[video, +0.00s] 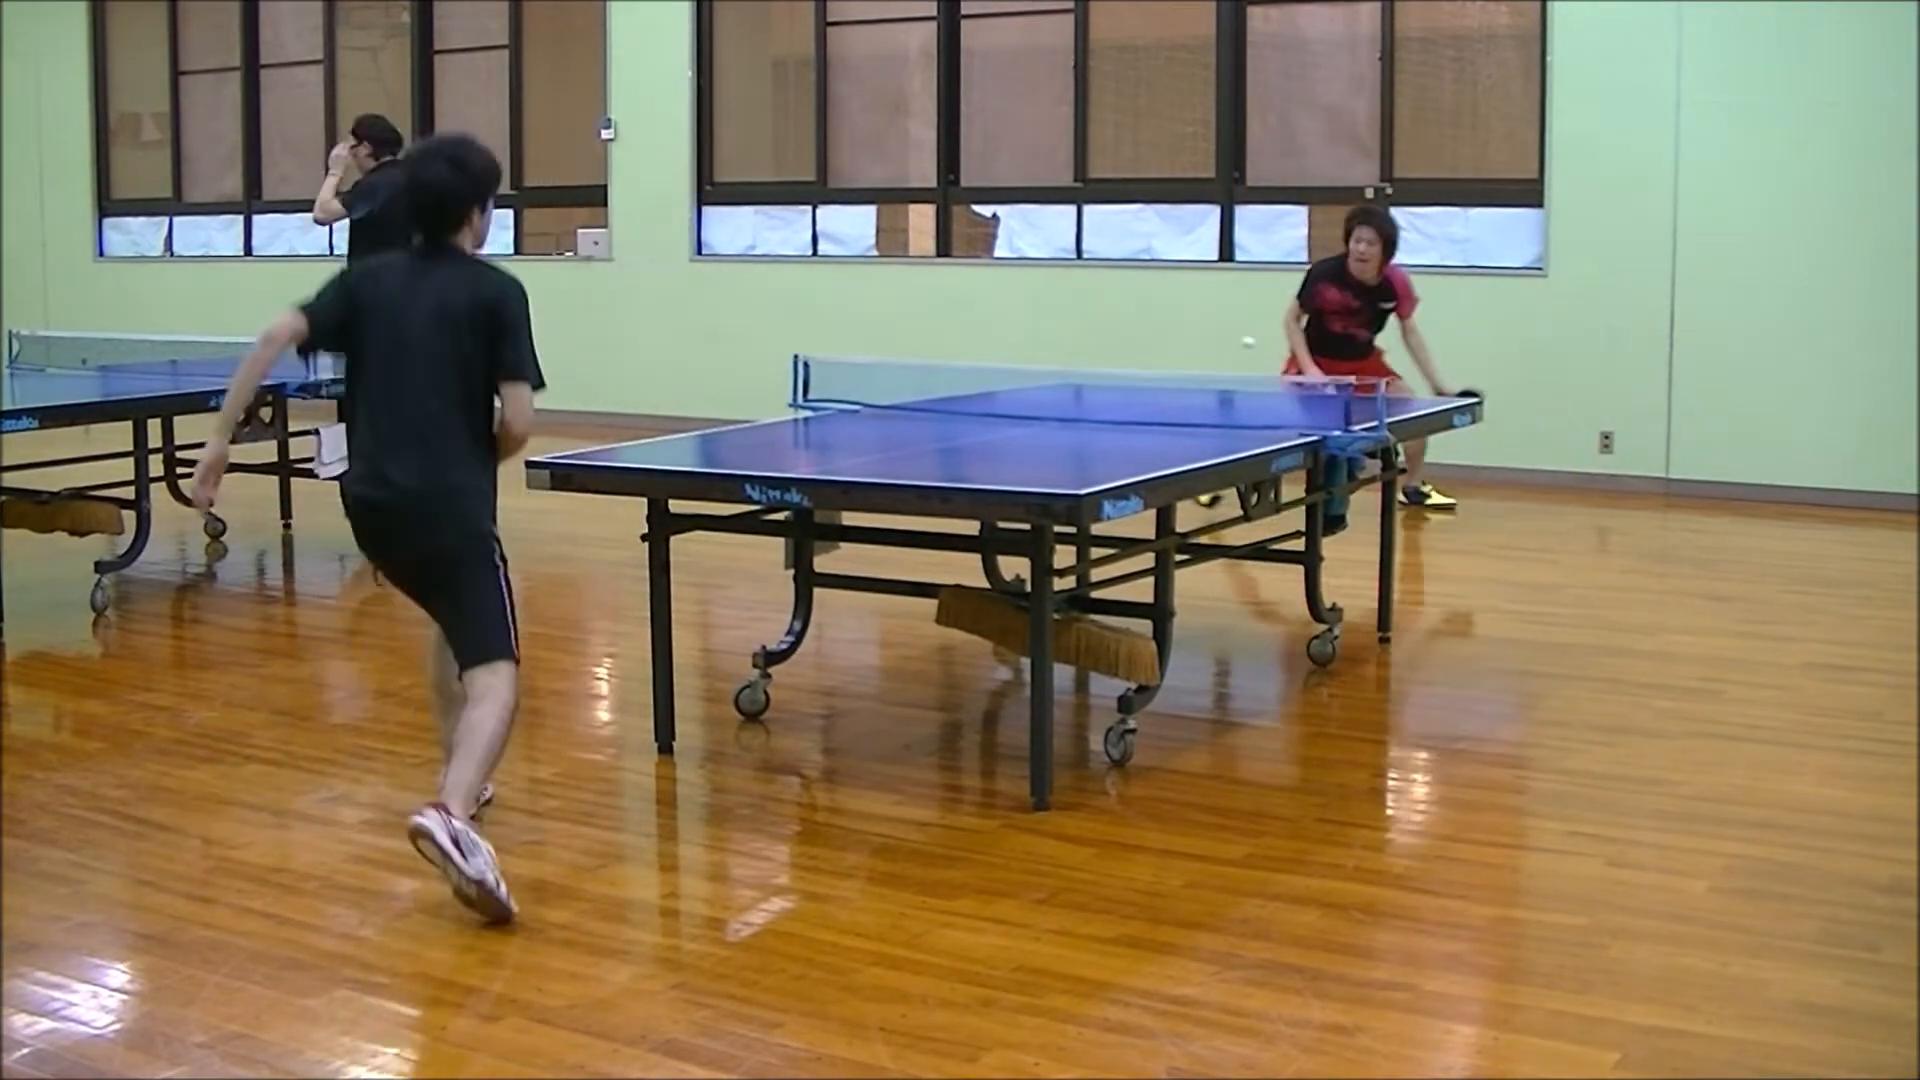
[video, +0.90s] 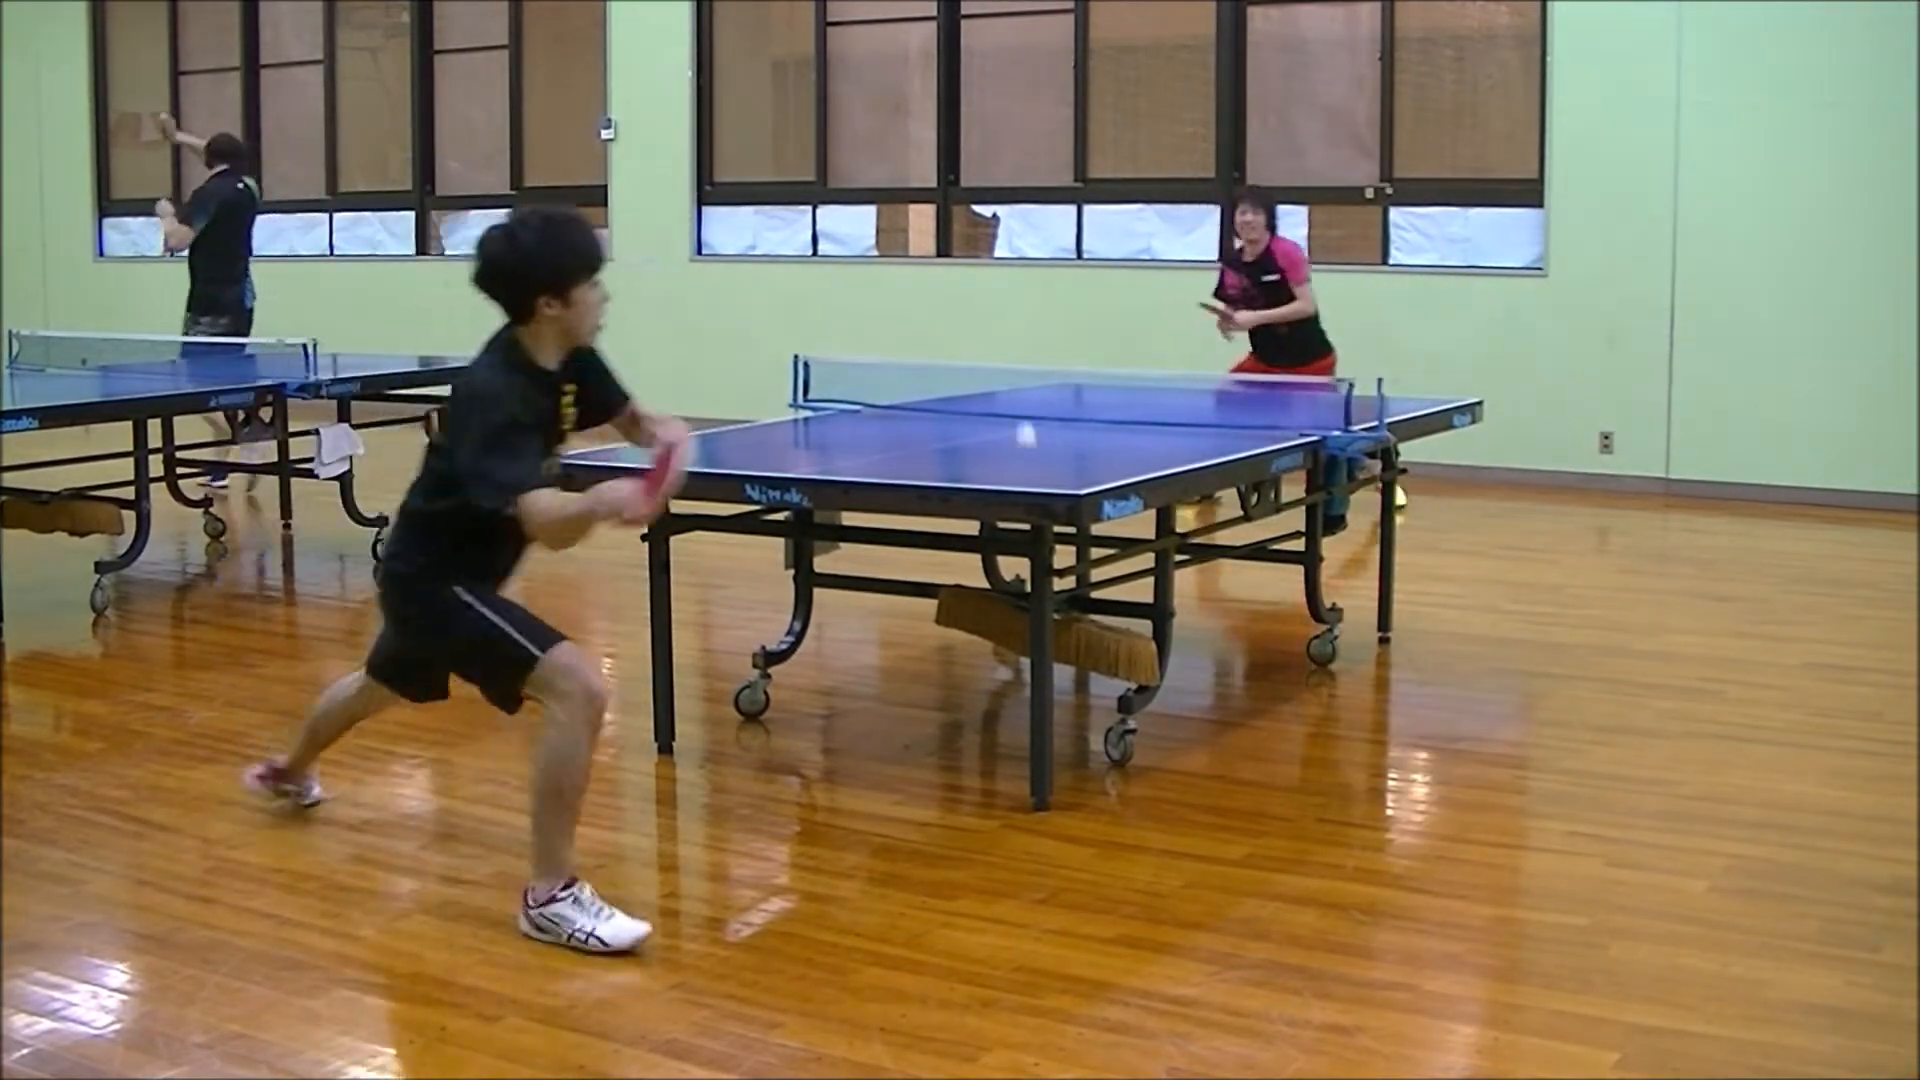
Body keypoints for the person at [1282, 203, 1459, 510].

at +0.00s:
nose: (1361, 249)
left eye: (1370, 243)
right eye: (1356, 241)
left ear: (1386, 249)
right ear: (1347, 242)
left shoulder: (1395, 282)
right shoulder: (1322, 274)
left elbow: (1410, 334)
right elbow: (1292, 320)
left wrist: (1438, 387)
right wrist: (1310, 369)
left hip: (1364, 366)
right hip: (1315, 365)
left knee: (1415, 412)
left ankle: (1412, 485)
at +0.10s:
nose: (1332, 270)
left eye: (1342, 264)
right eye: (1328, 260)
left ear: (1355, 272)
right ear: (1317, 260)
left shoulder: (1358, 303)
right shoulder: (1288, 285)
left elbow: (1371, 352)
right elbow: (1256, 326)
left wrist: (1385, 389)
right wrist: (1278, 367)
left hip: (1330, 377)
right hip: (1275, 376)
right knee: (1241, 427)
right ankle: (1198, 494)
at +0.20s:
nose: (1304, 285)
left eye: (1312, 280)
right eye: (1299, 275)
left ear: (1319, 284)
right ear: (1285, 269)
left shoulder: (1317, 315)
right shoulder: (1248, 291)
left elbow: (1330, 366)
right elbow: (1217, 328)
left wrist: (1335, 401)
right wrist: (1243, 368)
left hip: (1295, 386)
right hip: (1240, 382)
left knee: (1355, 418)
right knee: (1203, 428)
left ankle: (1398, 480)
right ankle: (1190, 499)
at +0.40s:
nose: (1209, 278)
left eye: (1218, 273)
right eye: (1205, 271)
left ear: (1229, 277)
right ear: (1195, 272)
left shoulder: (1235, 303)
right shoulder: (1187, 298)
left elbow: (1231, 346)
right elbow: (1185, 331)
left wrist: (1224, 347)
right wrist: (1170, 357)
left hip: (1275, 383)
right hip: (1228, 381)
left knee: (1308, 430)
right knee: (1188, 423)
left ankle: (1350, 471)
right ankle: (1191, 499)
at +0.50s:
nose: (1187, 253)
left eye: (1194, 246)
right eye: (1182, 247)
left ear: (1210, 249)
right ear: (1175, 253)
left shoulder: (1221, 276)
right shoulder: (1193, 286)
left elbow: (1202, 316)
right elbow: (1211, 331)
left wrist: (1154, 327)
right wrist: (1177, 354)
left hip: (1278, 379)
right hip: (1236, 380)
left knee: (1289, 454)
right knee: (1189, 424)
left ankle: (1327, 501)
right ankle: (1191, 496)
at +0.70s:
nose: (1207, 209)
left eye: (1214, 202)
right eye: (1200, 204)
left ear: (1229, 204)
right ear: (1194, 211)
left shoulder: (1243, 238)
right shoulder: (1213, 248)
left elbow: (1249, 296)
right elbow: (1239, 299)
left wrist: (1198, 309)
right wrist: (1200, 319)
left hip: (1291, 348)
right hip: (1249, 346)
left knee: (1309, 422)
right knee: (1202, 404)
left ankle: (1340, 489)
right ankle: (1194, 490)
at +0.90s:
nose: (1247, 221)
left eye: (1255, 215)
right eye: (1241, 214)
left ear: (1268, 220)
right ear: (1234, 221)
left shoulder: (1286, 253)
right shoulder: (1233, 258)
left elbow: (1308, 306)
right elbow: (1229, 302)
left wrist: (1253, 318)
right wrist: (1225, 318)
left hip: (1310, 362)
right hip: (1265, 360)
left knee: (1312, 432)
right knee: (1219, 407)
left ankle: (1379, 476)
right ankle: (1204, 486)